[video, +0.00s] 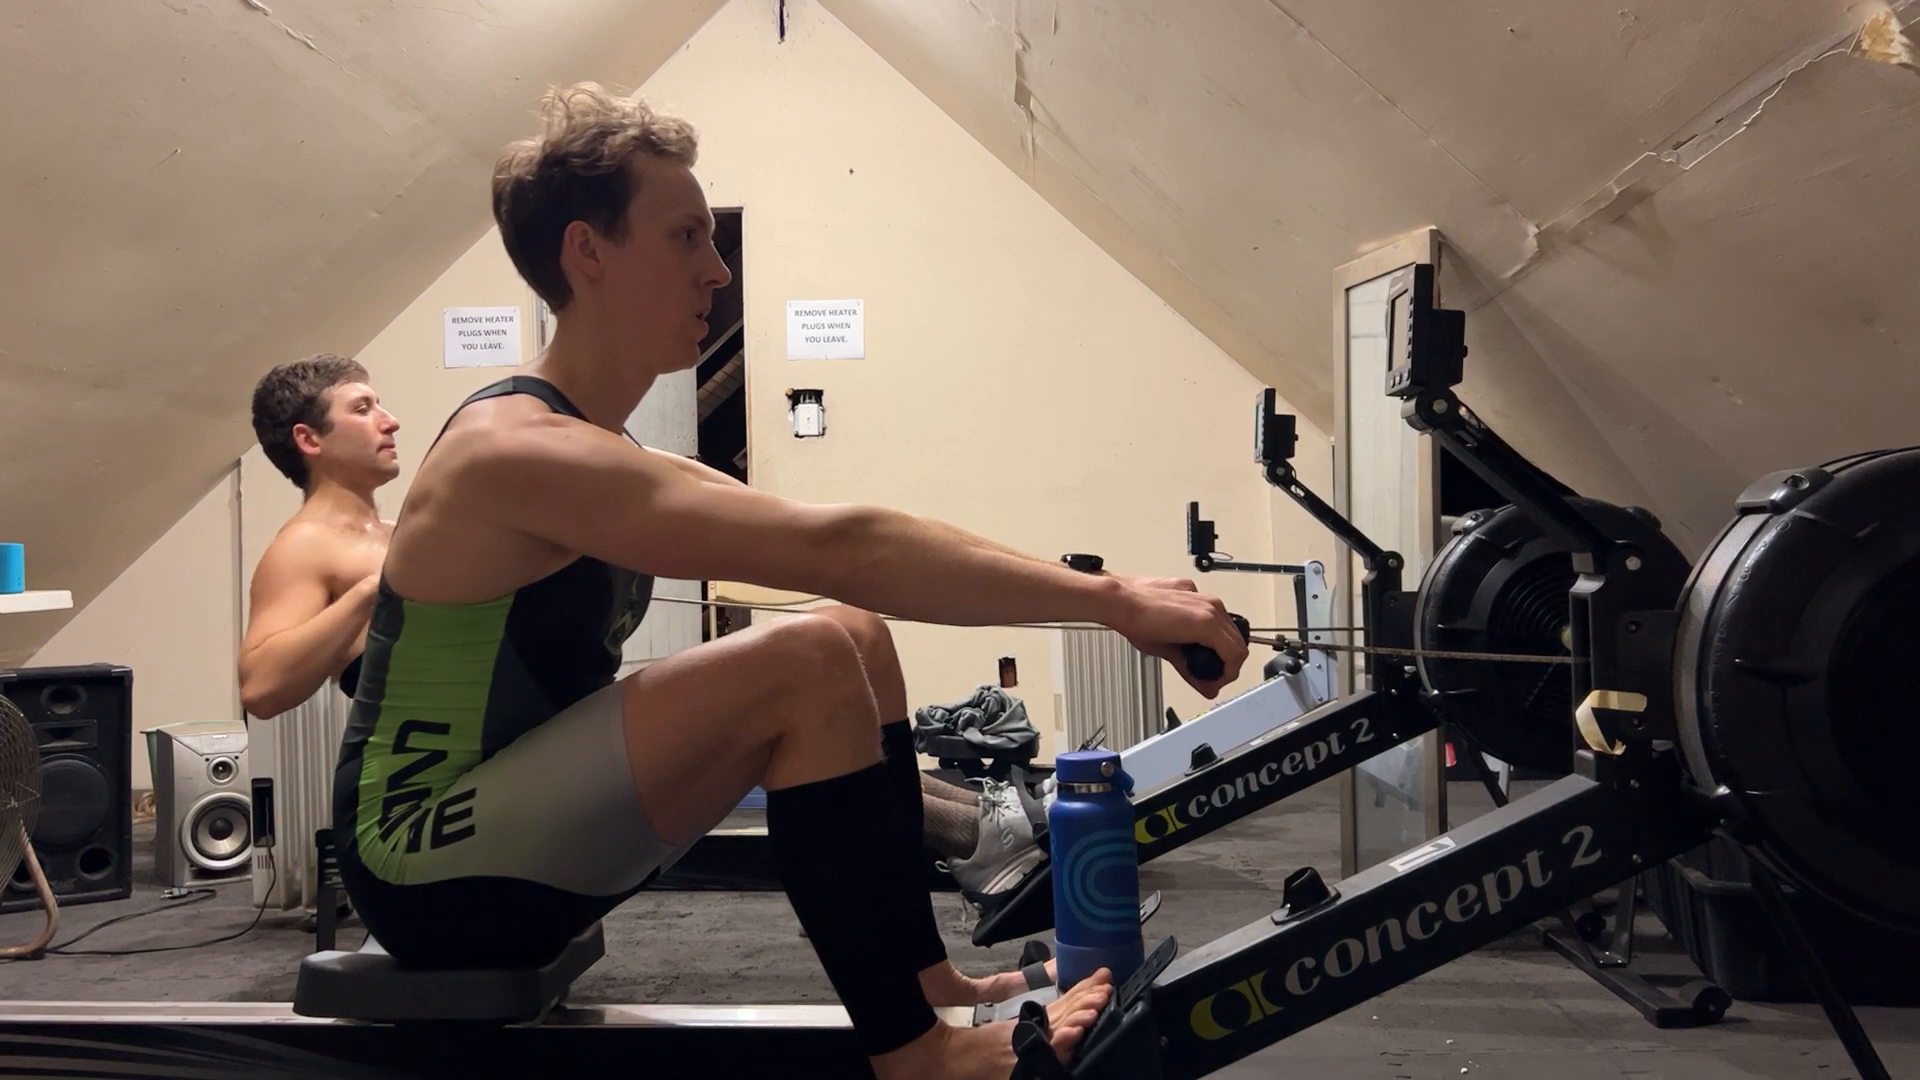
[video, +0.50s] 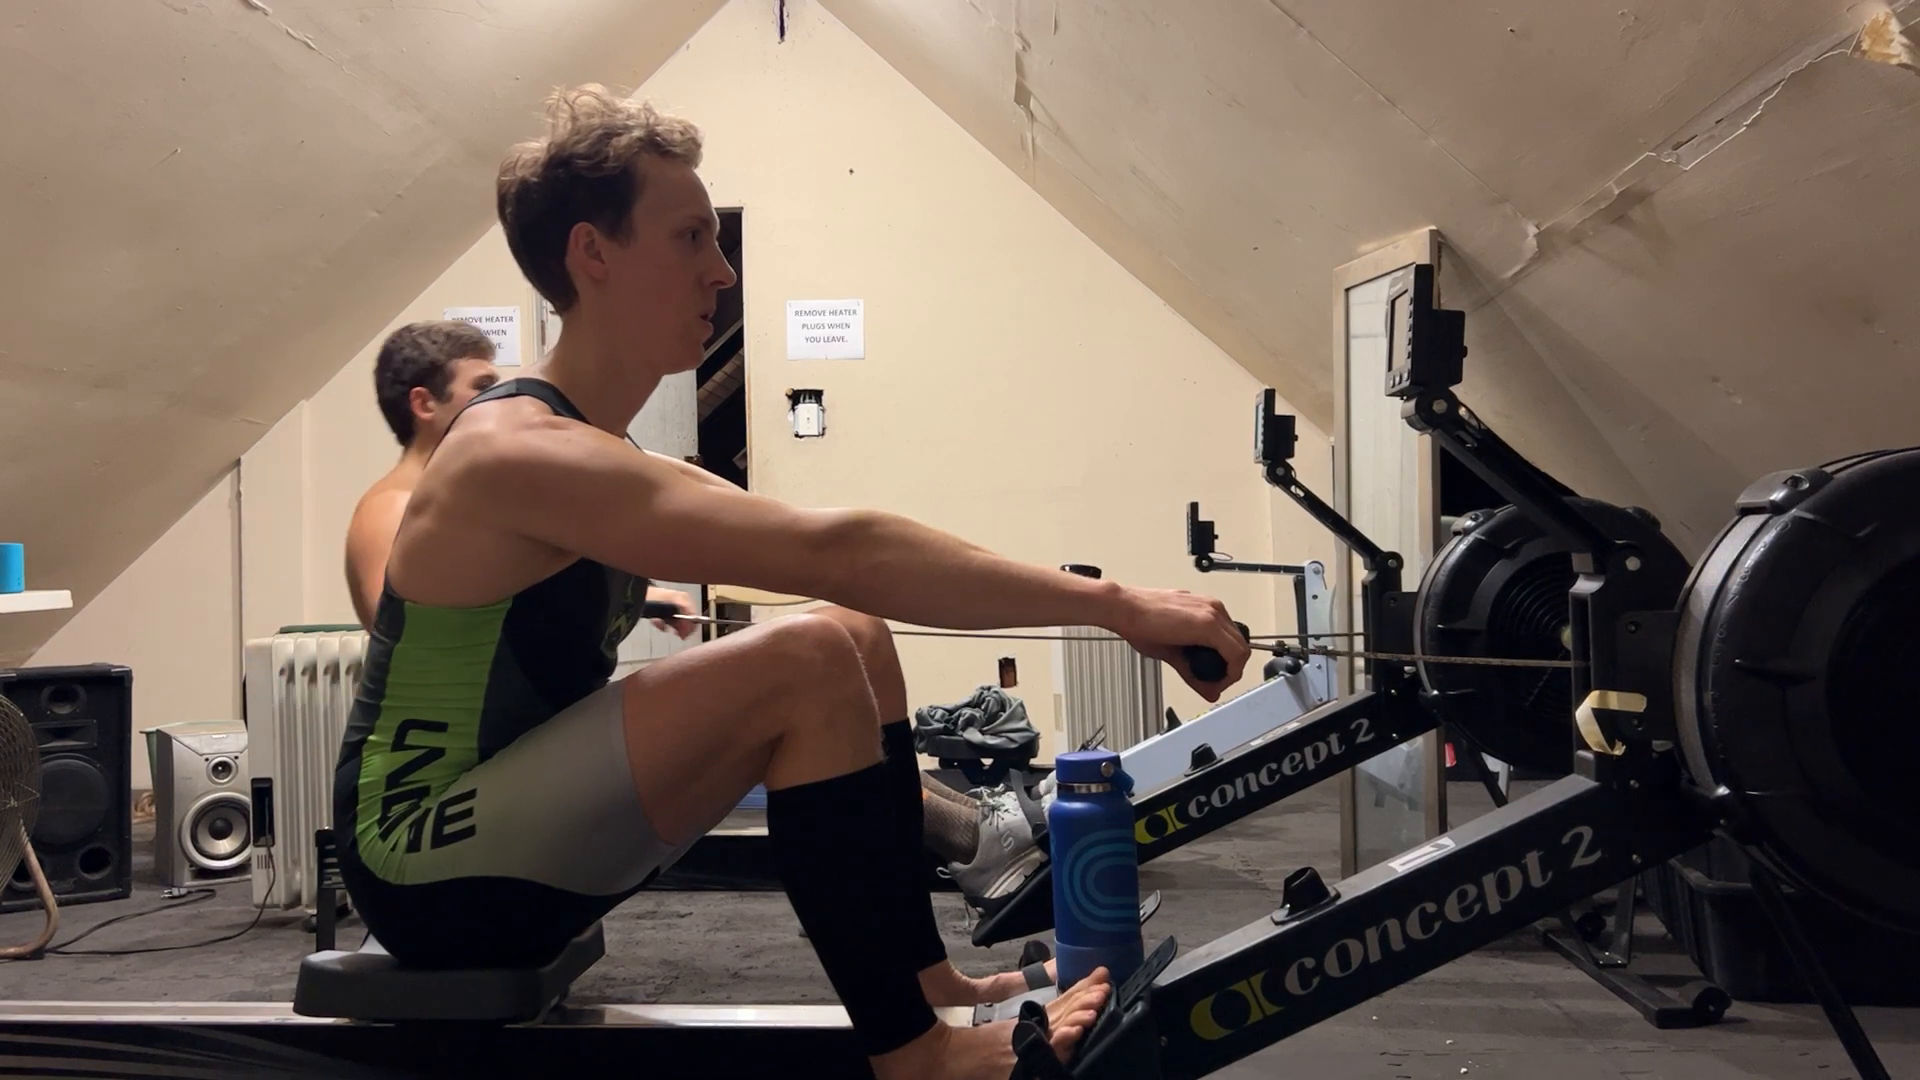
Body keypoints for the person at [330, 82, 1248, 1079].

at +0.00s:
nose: (717, 272)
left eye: (709, 242)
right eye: (688, 242)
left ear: (592, 262)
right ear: (585, 258)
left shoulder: (590, 451)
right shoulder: (516, 449)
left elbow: (834, 558)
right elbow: (830, 549)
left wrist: (1091, 589)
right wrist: (1110, 599)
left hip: (502, 824)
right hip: (435, 859)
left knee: (856, 641)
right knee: (806, 664)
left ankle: (924, 989)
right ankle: (903, 1047)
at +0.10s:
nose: (718, 271)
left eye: (710, 241)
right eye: (688, 241)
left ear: (593, 263)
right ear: (586, 259)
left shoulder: (586, 450)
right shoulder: (516, 450)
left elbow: (830, 559)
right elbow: (828, 550)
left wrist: (1090, 593)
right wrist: (1112, 601)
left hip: (502, 826)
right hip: (435, 860)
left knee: (858, 642)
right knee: (806, 665)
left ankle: (926, 991)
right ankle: (904, 1048)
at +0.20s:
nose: (719, 271)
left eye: (711, 241)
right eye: (689, 241)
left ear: (594, 262)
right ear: (587, 258)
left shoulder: (589, 450)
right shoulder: (517, 450)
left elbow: (829, 561)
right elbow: (827, 551)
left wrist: (1091, 596)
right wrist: (1110, 602)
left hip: (501, 827)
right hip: (435, 860)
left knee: (857, 643)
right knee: (806, 665)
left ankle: (925, 989)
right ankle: (904, 1048)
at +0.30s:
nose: (720, 271)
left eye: (712, 241)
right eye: (690, 240)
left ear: (595, 261)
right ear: (587, 258)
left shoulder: (589, 451)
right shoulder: (516, 451)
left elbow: (827, 563)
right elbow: (828, 551)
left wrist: (1091, 600)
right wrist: (1114, 602)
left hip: (501, 826)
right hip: (435, 860)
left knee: (857, 642)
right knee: (805, 664)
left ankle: (925, 991)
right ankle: (903, 1048)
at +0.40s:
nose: (721, 273)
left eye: (713, 241)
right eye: (691, 241)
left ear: (596, 262)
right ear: (588, 258)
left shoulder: (592, 454)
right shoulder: (518, 452)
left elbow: (830, 565)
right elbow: (829, 552)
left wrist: (1093, 603)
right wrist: (1115, 605)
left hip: (500, 827)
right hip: (433, 858)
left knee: (857, 643)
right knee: (806, 665)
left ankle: (925, 992)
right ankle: (902, 1047)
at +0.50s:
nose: (722, 274)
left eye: (715, 243)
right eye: (693, 242)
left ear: (597, 262)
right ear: (590, 258)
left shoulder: (588, 452)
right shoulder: (519, 452)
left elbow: (833, 566)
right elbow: (830, 554)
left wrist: (1096, 603)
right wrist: (1115, 607)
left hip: (500, 826)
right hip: (433, 857)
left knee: (855, 644)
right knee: (807, 664)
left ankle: (926, 994)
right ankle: (901, 1047)